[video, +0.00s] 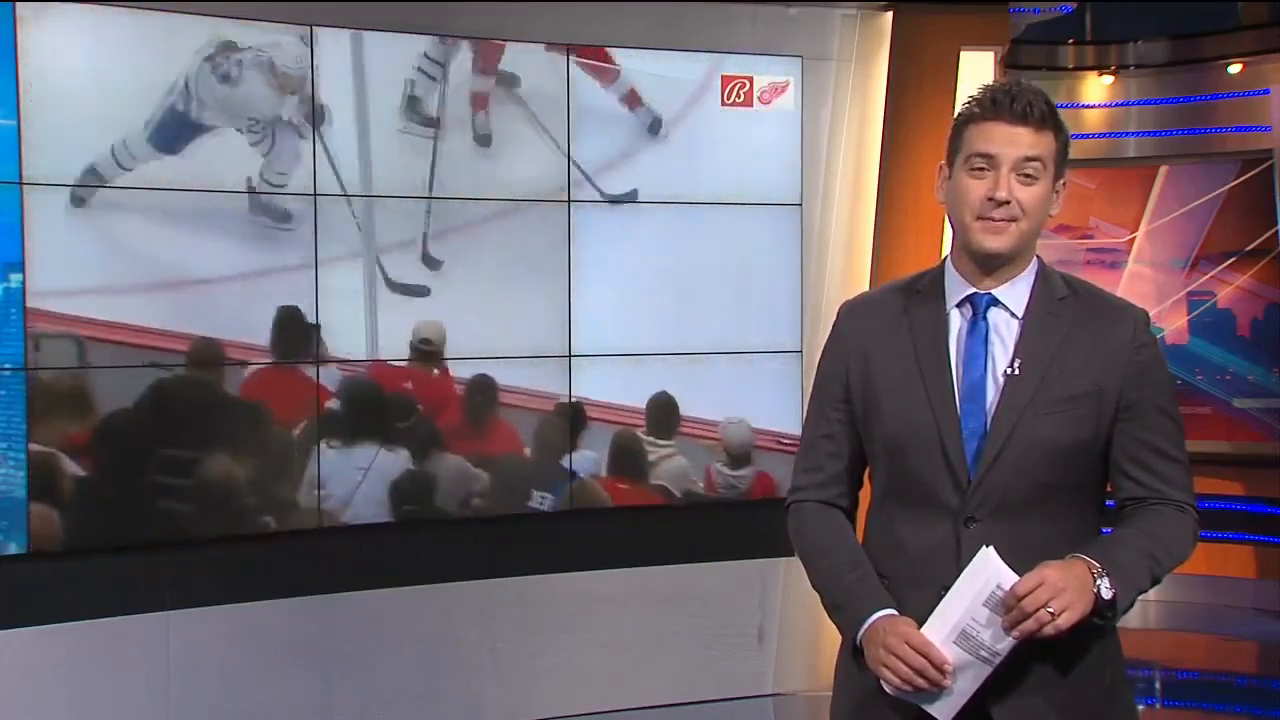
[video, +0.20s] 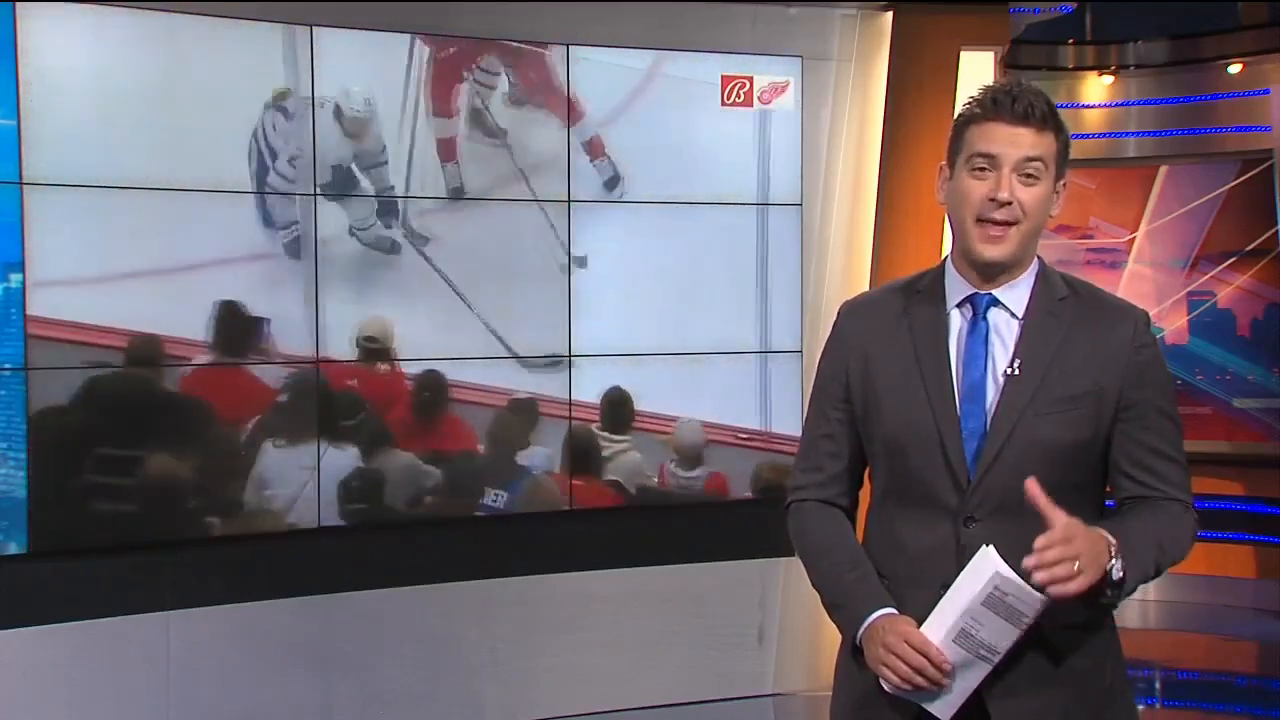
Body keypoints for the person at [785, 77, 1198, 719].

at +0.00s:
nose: (1001, 192)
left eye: (1027, 174)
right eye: (980, 167)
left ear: (1055, 196)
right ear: (945, 184)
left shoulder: (1119, 336)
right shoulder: (865, 327)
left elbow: (1166, 509)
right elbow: (815, 500)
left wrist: (1096, 572)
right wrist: (871, 619)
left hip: (1056, 691)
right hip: (892, 687)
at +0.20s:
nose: (1002, 193)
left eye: (1028, 175)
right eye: (981, 168)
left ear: (1056, 197)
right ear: (945, 184)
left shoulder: (1120, 337)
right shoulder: (864, 327)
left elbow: (1166, 508)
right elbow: (816, 499)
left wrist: (1110, 547)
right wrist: (870, 619)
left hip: (1057, 692)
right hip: (891, 686)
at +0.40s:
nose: (1009, 197)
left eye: (1034, 177)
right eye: (987, 171)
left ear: (1058, 198)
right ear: (947, 185)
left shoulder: (1119, 336)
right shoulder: (864, 327)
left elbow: (1166, 511)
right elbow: (816, 499)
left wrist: (1113, 529)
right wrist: (870, 618)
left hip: (1056, 689)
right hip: (892, 685)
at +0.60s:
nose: (1009, 191)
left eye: (1034, 173)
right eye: (989, 166)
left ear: (1059, 196)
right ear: (949, 183)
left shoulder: (1119, 337)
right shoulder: (865, 326)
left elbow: (1158, 508)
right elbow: (816, 497)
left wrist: (1112, 551)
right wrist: (868, 614)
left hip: (1056, 691)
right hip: (890, 687)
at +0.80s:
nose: (1010, 192)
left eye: (1034, 174)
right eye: (989, 167)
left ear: (1059, 196)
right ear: (949, 183)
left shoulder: (1119, 337)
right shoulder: (864, 326)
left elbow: (1157, 509)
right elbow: (816, 497)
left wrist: (1113, 560)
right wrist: (868, 613)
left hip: (1055, 693)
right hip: (890, 689)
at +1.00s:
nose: (1008, 191)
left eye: (1033, 173)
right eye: (987, 166)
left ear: (1058, 196)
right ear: (949, 183)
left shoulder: (1118, 337)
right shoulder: (864, 327)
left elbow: (1158, 509)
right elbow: (816, 498)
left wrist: (1111, 557)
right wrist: (869, 612)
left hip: (1055, 692)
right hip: (890, 688)